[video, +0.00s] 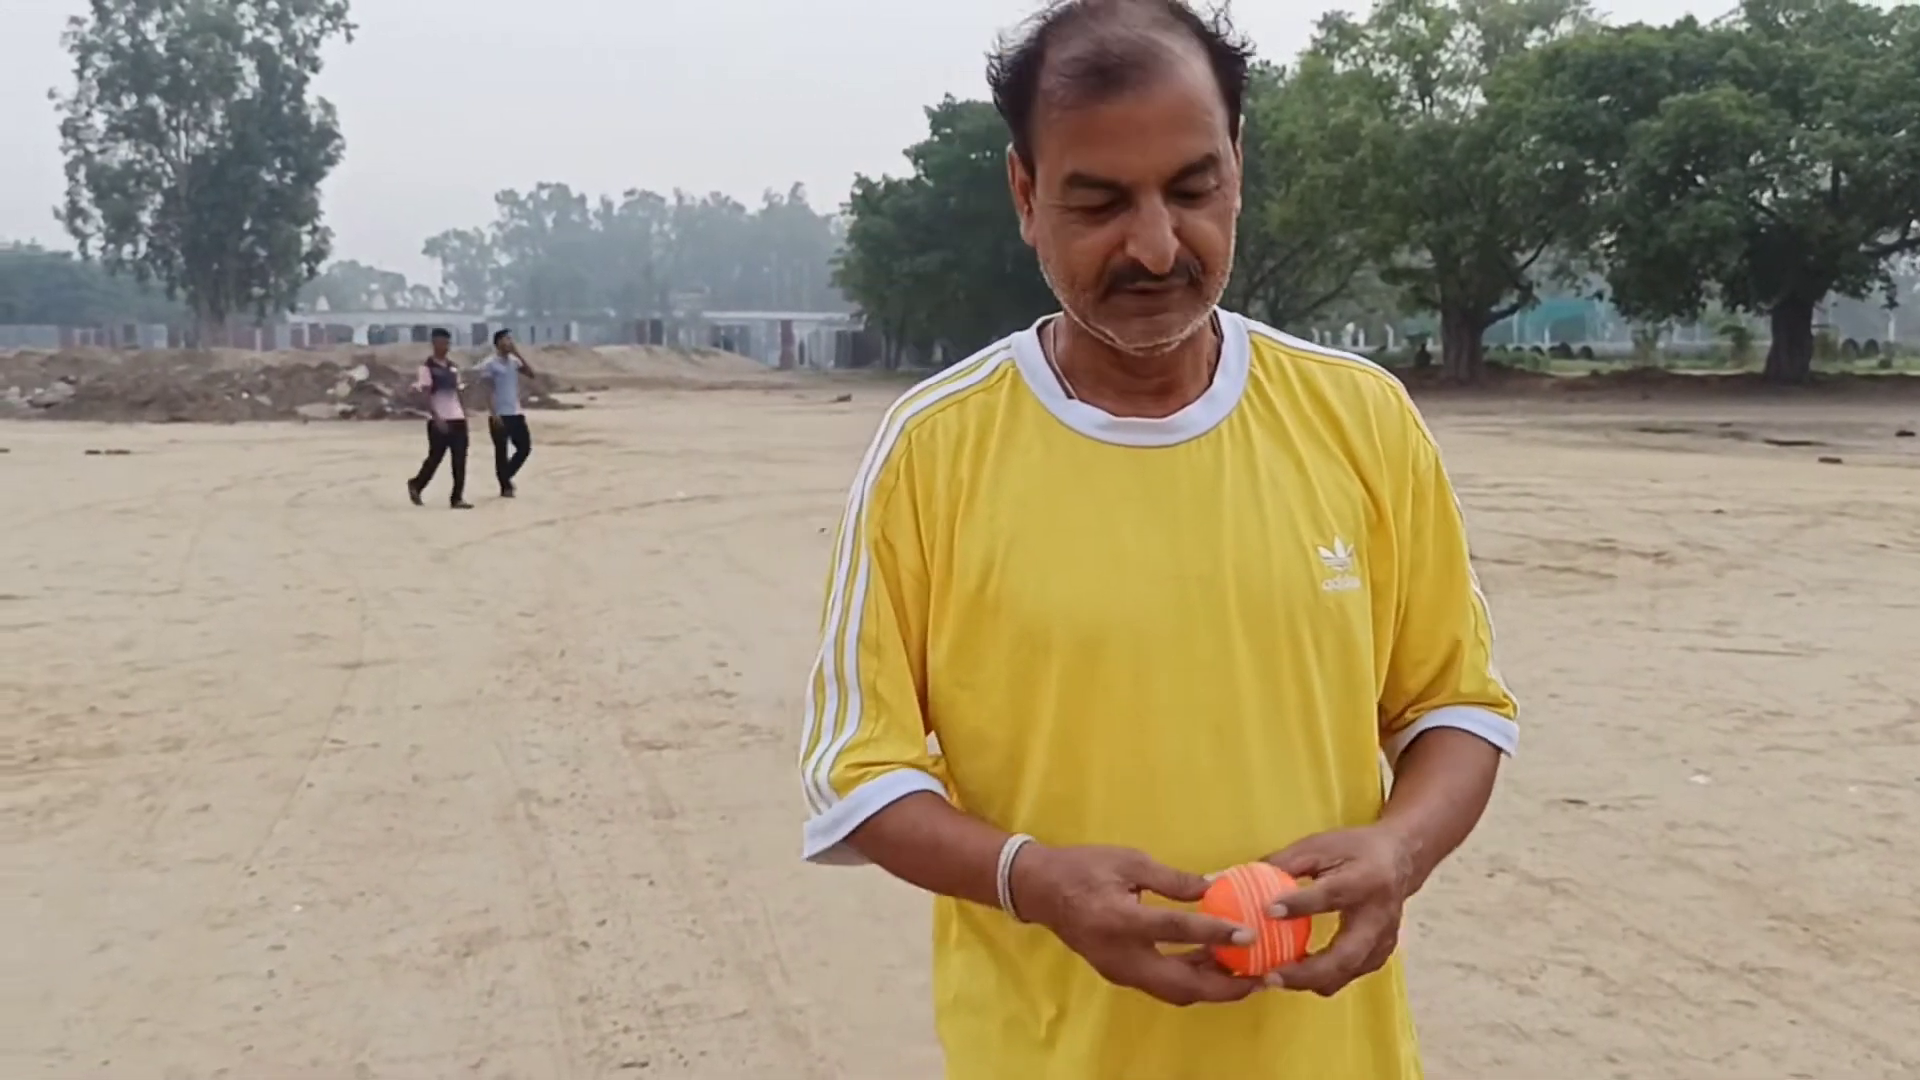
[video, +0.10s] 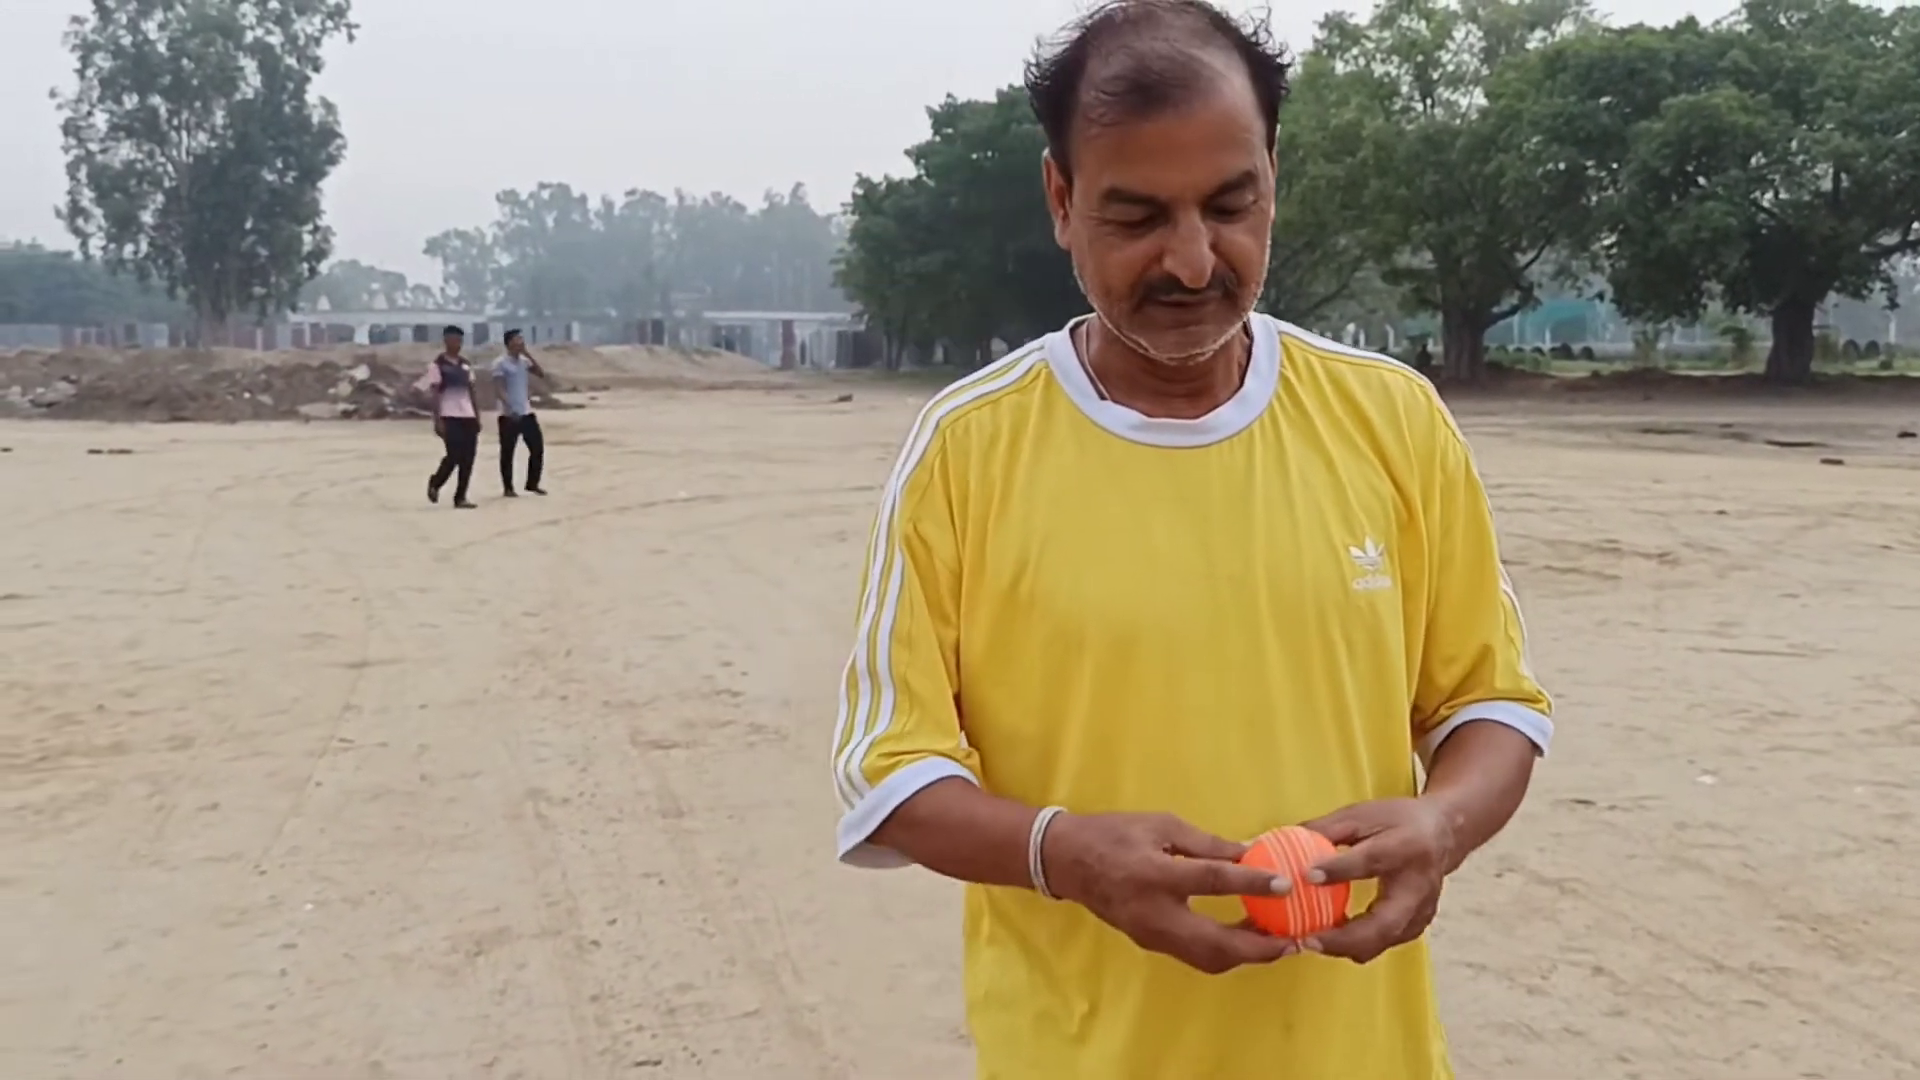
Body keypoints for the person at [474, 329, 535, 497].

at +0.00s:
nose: (510, 342)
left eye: (510, 339)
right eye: (506, 339)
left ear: (511, 342)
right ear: (498, 343)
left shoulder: (512, 362)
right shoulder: (490, 365)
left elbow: (530, 373)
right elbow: (487, 392)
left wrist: (516, 353)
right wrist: (493, 413)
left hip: (516, 414)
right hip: (499, 415)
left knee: (524, 448)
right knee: (501, 453)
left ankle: (507, 475)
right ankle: (504, 485)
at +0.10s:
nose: (521, 343)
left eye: (521, 339)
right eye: (517, 340)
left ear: (521, 343)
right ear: (509, 343)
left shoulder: (522, 361)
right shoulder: (500, 364)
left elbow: (539, 373)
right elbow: (499, 389)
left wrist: (526, 353)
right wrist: (508, 407)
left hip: (526, 414)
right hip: (508, 415)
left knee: (537, 449)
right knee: (507, 454)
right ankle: (508, 487)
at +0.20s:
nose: (532, 345)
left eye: (532, 341)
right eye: (528, 342)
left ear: (532, 344)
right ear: (519, 345)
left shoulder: (533, 364)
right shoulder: (510, 365)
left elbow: (550, 376)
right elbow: (508, 390)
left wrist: (537, 356)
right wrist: (525, 407)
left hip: (534, 416)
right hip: (517, 417)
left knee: (544, 453)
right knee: (513, 455)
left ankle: (556, 483)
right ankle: (510, 486)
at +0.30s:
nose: (540, 344)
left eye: (540, 340)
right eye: (536, 341)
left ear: (538, 345)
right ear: (528, 345)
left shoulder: (541, 364)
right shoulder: (518, 365)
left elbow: (559, 377)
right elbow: (516, 391)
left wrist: (544, 357)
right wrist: (532, 409)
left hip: (544, 416)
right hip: (525, 417)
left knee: (552, 453)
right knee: (518, 453)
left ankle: (559, 486)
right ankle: (509, 484)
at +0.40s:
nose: (543, 343)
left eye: (543, 340)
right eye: (539, 340)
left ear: (540, 344)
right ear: (531, 344)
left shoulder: (544, 363)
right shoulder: (522, 364)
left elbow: (562, 377)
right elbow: (517, 390)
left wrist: (548, 359)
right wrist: (529, 411)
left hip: (548, 415)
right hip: (531, 416)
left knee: (555, 452)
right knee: (525, 452)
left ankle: (553, 486)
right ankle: (508, 476)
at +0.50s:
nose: (543, 342)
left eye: (543, 338)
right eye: (539, 339)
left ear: (542, 341)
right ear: (530, 342)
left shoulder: (542, 361)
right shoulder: (521, 362)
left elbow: (561, 376)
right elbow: (515, 390)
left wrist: (547, 359)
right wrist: (520, 413)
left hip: (546, 413)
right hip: (531, 414)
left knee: (549, 452)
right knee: (534, 449)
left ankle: (545, 486)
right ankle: (514, 472)